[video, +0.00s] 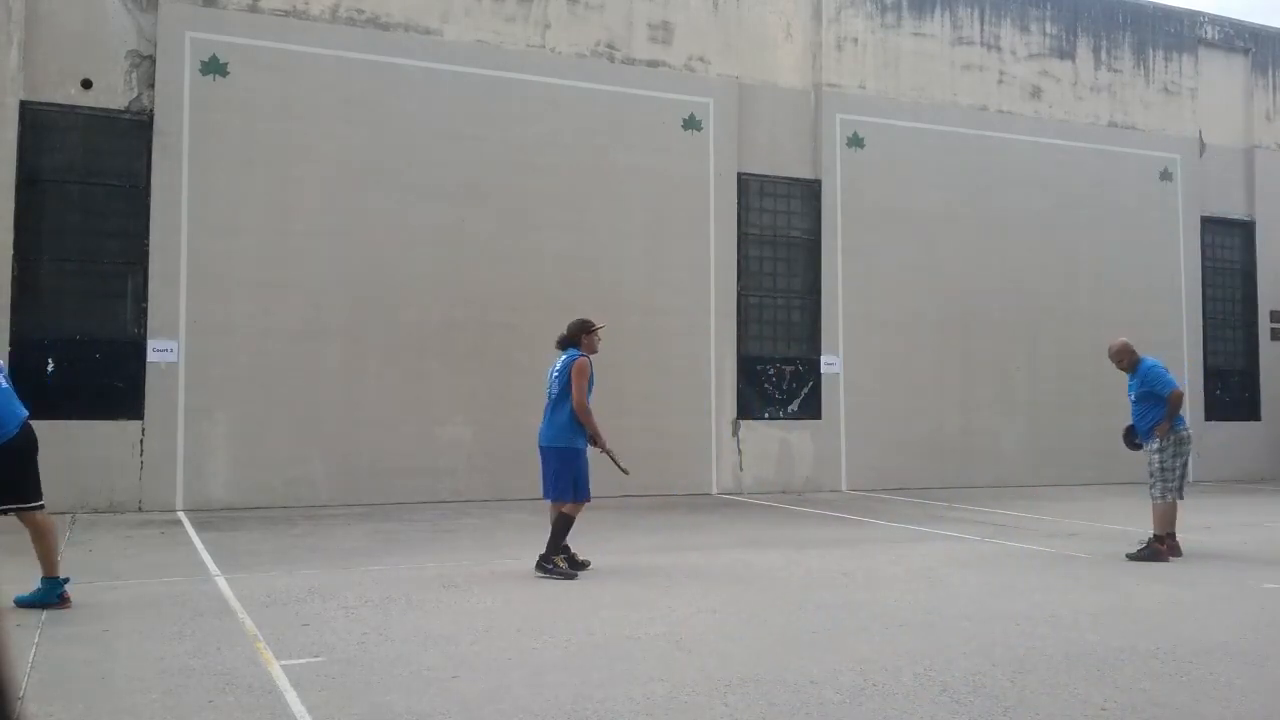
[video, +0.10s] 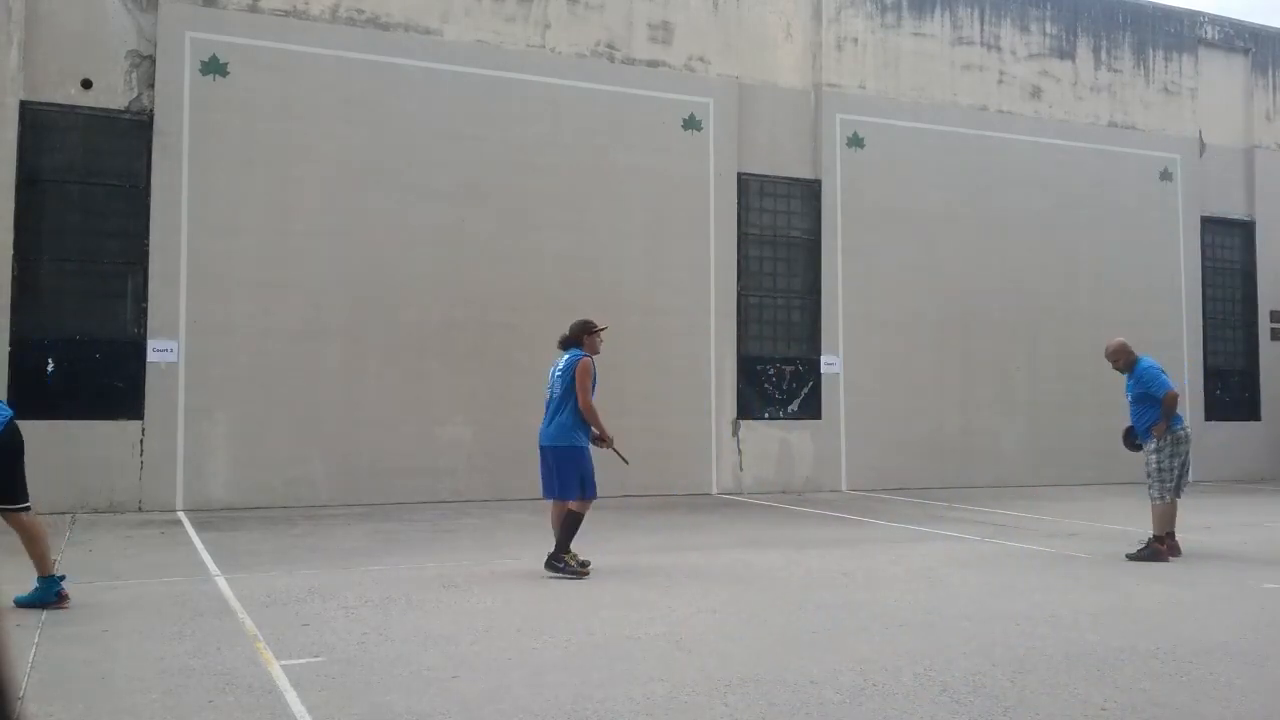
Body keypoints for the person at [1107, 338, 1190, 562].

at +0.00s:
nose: (1119, 366)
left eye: (1120, 361)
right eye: (1115, 363)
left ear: (1132, 354)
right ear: (1116, 361)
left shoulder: (1150, 370)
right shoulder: (1135, 373)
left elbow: (1176, 394)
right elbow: (1151, 405)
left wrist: (1167, 423)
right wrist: (1138, 427)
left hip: (1166, 437)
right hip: (1160, 437)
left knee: (1161, 491)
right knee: (1167, 491)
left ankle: (1158, 544)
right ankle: (1169, 540)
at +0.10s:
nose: (1113, 367)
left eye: (1115, 362)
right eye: (1111, 363)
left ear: (1127, 355)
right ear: (1121, 358)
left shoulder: (1146, 370)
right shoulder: (1136, 371)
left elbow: (1170, 396)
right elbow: (1150, 404)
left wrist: (1164, 423)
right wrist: (1138, 428)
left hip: (1163, 436)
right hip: (1163, 435)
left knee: (1159, 490)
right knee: (1167, 490)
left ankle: (1158, 544)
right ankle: (1169, 540)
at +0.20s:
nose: (1111, 362)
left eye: (1114, 356)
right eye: (1109, 358)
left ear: (1127, 352)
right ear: (1119, 355)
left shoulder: (1143, 370)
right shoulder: (1135, 370)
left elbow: (1166, 396)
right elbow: (1148, 404)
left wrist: (1159, 424)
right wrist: (1137, 429)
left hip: (1162, 436)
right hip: (1164, 435)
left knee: (1159, 490)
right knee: (1167, 490)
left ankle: (1158, 544)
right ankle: (1168, 539)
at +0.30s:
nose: (1113, 359)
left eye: (1117, 353)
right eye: (1111, 355)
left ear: (1130, 350)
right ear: (1113, 355)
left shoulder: (1142, 370)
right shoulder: (1136, 368)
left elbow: (1165, 396)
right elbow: (1149, 403)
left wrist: (1158, 424)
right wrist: (1138, 428)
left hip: (1162, 436)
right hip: (1170, 433)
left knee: (1158, 490)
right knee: (1170, 490)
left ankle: (1157, 544)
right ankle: (1173, 539)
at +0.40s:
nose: (1121, 354)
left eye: (1125, 348)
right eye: (1117, 350)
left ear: (1137, 347)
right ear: (1114, 354)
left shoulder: (1145, 369)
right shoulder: (1136, 369)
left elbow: (1166, 395)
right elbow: (1149, 403)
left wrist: (1158, 424)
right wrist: (1137, 427)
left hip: (1163, 436)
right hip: (1169, 434)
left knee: (1158, 491)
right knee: (1172, 491)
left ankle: (1157, 545)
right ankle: (1181, 541)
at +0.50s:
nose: (1126, 353)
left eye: (1131, 347)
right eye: (1122, 349)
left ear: (1142, 346)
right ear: (1119, 352)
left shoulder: (1151, 369)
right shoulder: (1137, 370)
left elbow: (1170, 394)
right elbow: (1148, 403)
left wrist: (1159, 423)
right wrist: (1137, 427)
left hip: (1166, 436)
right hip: (1168, 434)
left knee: (1160, 491)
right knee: (1173, 492)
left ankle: (1157, 545)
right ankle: (1188, 542)